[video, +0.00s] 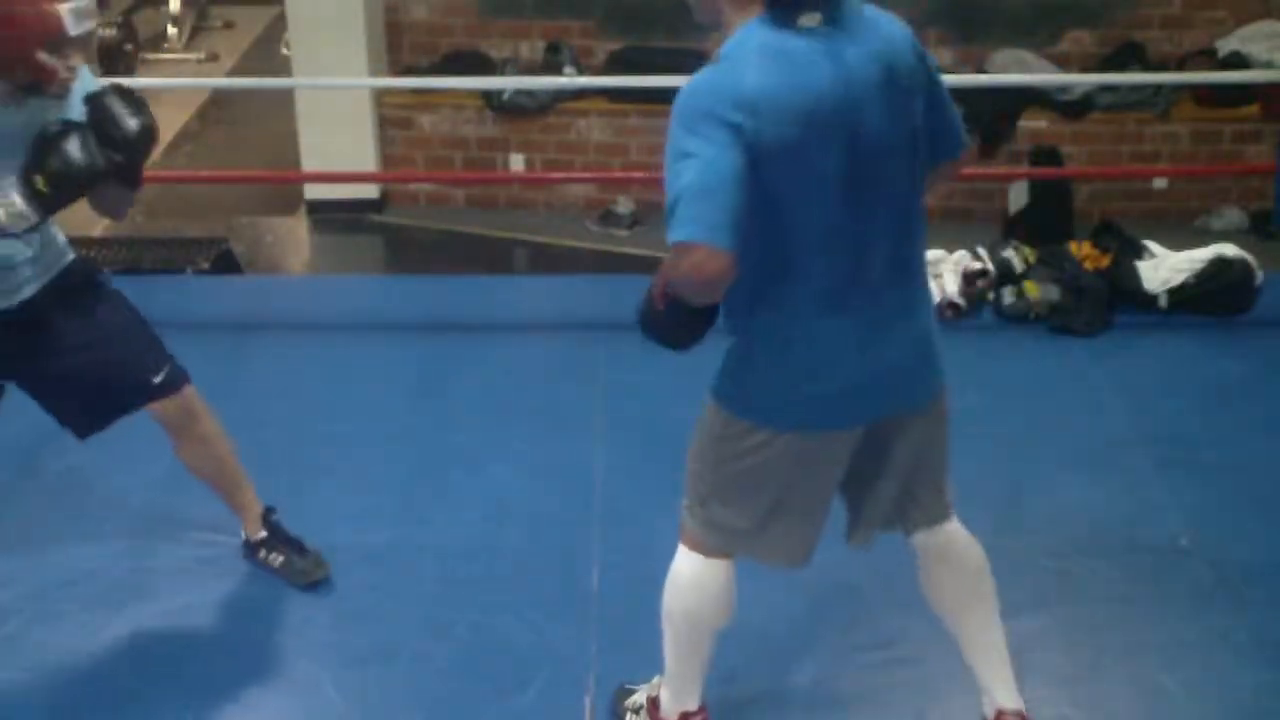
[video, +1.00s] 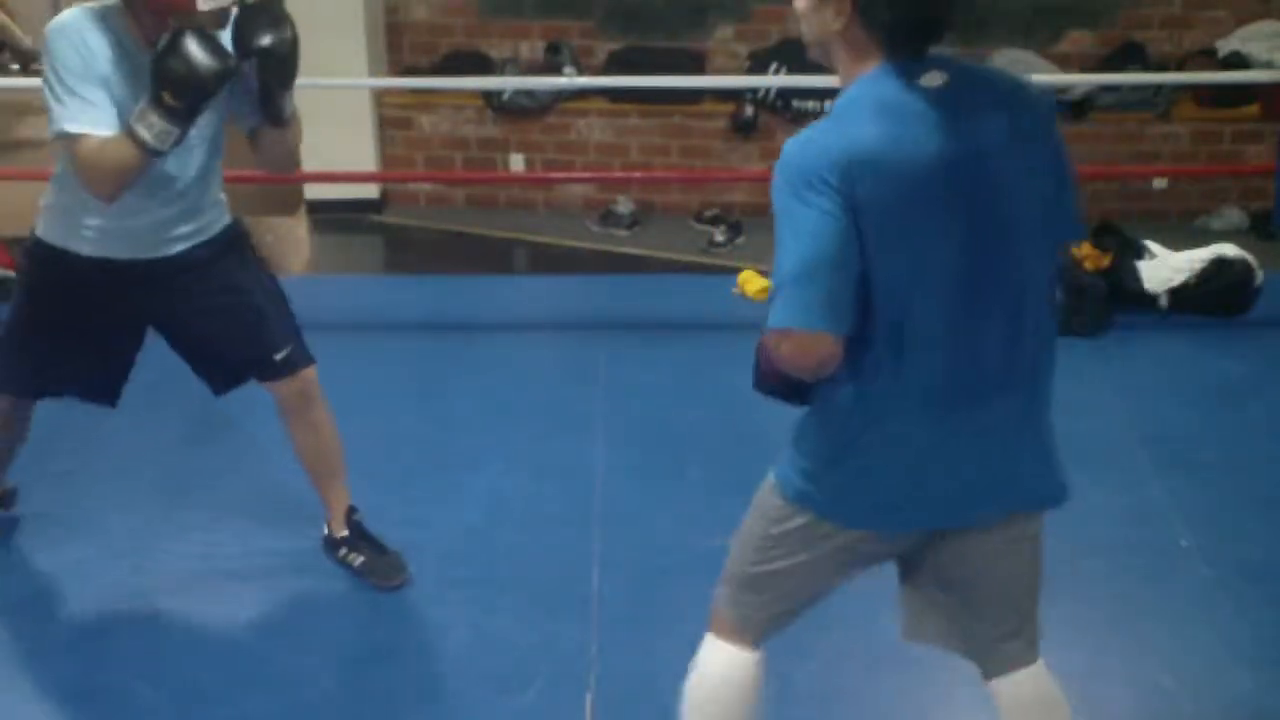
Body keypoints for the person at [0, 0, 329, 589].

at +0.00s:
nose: (60, 65)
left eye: (62, 46)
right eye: (44, 54)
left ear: (67, 36)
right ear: (9, 60)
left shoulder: (73, 83)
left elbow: (111, 208)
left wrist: (121, 166)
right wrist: (34, 197)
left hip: (39, 270)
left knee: (170, 391)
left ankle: (258, 528)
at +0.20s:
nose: (133, 50)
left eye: (138, 33)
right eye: (118, 36)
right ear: (66, 33)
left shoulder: (134, 60)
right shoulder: (7, 70)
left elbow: (165, 181)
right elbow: (5, 207)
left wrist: (188, 148)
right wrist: (85, 174)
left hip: (98, 257)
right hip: (9, 278)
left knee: (204, 389)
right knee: (2, 432)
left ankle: (259, 529)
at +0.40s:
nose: (84, 38)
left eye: (93, 24)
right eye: (69, 25)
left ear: (103, 14)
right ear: (26, 13)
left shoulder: (119, 44)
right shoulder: (4, 66)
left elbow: (186, 152)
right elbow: (8, 196)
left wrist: (188, 89)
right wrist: (77, 118)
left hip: (103, 257)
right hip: (13, 279)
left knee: (210, 380)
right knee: (2, 425)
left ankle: (263, 528)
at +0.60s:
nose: (60, 13)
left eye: (68, 4)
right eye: (45, 6)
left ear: (78, 1)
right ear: (11, 6)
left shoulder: (95, 33)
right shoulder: (4, 63)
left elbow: (154, 160)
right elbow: (1, 186)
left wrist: (149, 99)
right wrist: (42, 115)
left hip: (106, 252)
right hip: (13, 279)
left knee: (234, 367)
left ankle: (293, 507)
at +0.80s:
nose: (126, 29)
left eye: (138, 17)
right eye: (115, 15)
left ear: (148, 11)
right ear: (71, 2)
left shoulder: (154, 37)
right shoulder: (14, 44)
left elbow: (212, 163)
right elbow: (22, 190)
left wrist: (206, 100)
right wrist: (95, 128)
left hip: (150, 261)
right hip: (32, 277)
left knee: (261, 389)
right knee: (4, 427)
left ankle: (338, 523)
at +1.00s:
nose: (199, 9)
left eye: (205, 6)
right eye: (184, 5)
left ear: (211, 5)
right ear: (144, 1)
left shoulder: (227, 30)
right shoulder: (76, 35)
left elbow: (278, 160)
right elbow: (100, 177)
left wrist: (275, 87)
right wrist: (168, 107)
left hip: (198, 243)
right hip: (79, 250)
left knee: (297, 379)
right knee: (12, 394)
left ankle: (342, 527)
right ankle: (0, 496)